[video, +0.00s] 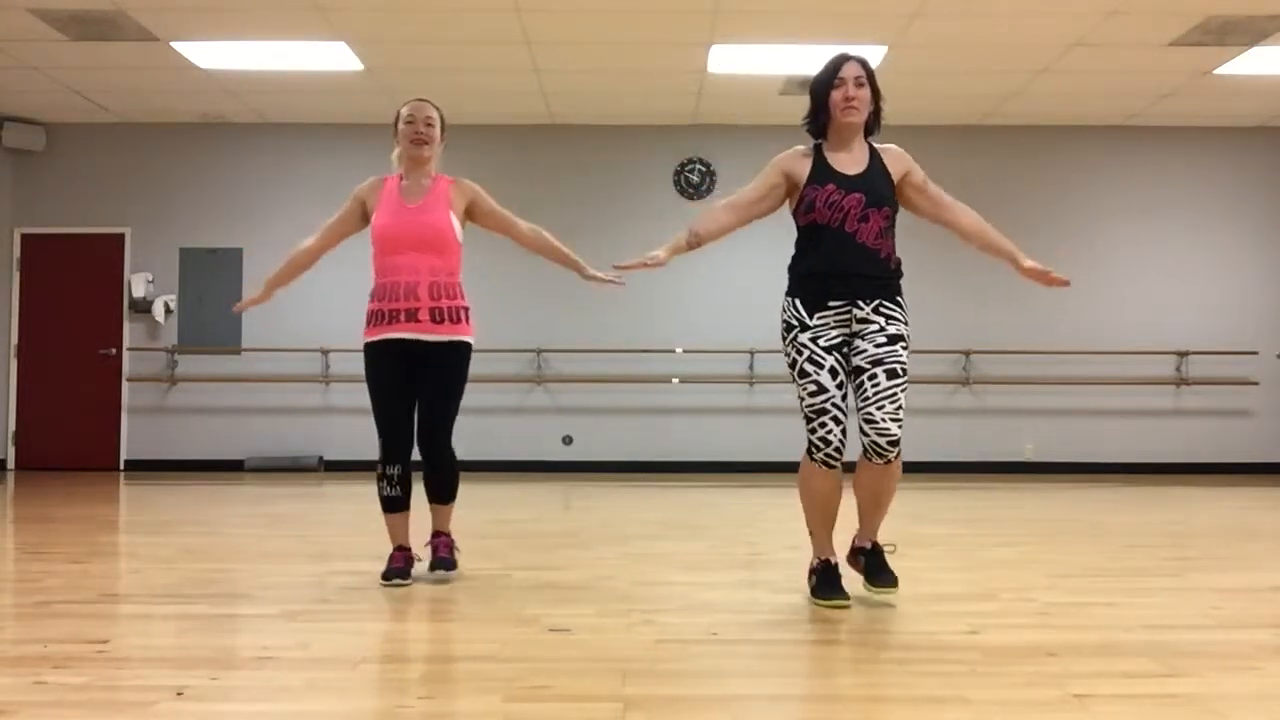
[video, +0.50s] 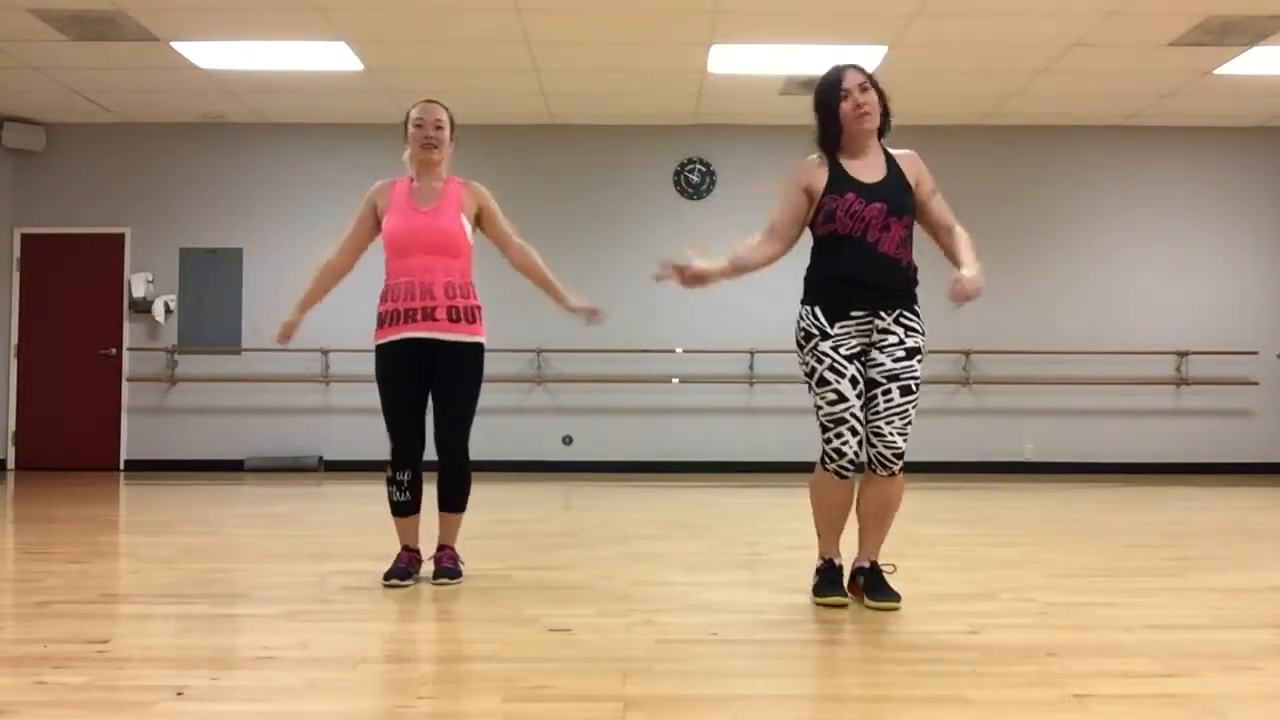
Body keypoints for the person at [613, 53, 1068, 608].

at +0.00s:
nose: (852, 91)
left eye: (861, 83)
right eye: (841, 83)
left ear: (873, 99)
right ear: (823, 98)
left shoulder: (894, 161)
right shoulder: (796, 163)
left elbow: (954, 213)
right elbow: (732, 209)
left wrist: (1018, 258)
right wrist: (672, 246)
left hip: (881, 309)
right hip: (813, 311)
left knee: (885, 433)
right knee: (829, 435)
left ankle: (866, 543)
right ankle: (824, 560)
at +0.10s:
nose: (855, 96)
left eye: (864, 88)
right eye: (843, 87)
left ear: (875, 102)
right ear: (825, 101)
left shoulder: (896, 164)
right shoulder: (798, 168)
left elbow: (952, 220)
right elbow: (739, 216)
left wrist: (1016, 268)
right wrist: (682, 253)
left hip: (883, 313)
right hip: (816, 315)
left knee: (882, 437)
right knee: (831, 438)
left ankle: (870, 560)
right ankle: (824, 562)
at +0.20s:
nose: (854, 95)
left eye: (863, 87)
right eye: (843, 87)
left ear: (878, 100)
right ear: (826, 101)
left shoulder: (899, 162)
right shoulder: (802, 168)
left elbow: (950, 226)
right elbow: (749, 221)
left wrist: (1017, 272)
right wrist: (697, 257)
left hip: (888, 316)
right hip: (820, 316)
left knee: (883, 441)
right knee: (835, 439)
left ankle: (868, 564)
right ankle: (823, 563)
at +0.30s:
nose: (857, 90)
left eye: (866, 81)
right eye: (846, 83)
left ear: (881, 93)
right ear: (830, 95)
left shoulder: (903, 157)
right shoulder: (807, 163)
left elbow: (945, 226)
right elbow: (759, 224)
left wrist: (1006, 267)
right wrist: (710, 266)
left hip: (892, 310)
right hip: (825, 310)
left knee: (886, 437)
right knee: (837, 435)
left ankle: (870, 563)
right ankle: (823, 562)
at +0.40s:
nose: (861, 92)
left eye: (869, 83)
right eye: (850, 85)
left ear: (883, 95)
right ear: (832, 98)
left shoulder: (904, 158)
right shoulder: (811, 164)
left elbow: (941, 225)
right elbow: (769, 231)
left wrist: (984, 262)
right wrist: (722, 276)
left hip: (896, 312)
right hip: (829, 313)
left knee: (887, 440)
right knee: (841, 438)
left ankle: (869, 565)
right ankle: (826, 561)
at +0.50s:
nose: (858, 100)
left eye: (864, 90)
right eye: (845, 96)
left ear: (881, 100)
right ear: (830, 113)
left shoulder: (908, 165)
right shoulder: (814, 172)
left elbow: (947, 229)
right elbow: (771, 242)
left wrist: (968, 266)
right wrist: (715, 269)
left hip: (897, 320)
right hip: (830, 321)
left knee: (889, 446)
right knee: (844, 444)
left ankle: (867, 567)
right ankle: (828, 563)